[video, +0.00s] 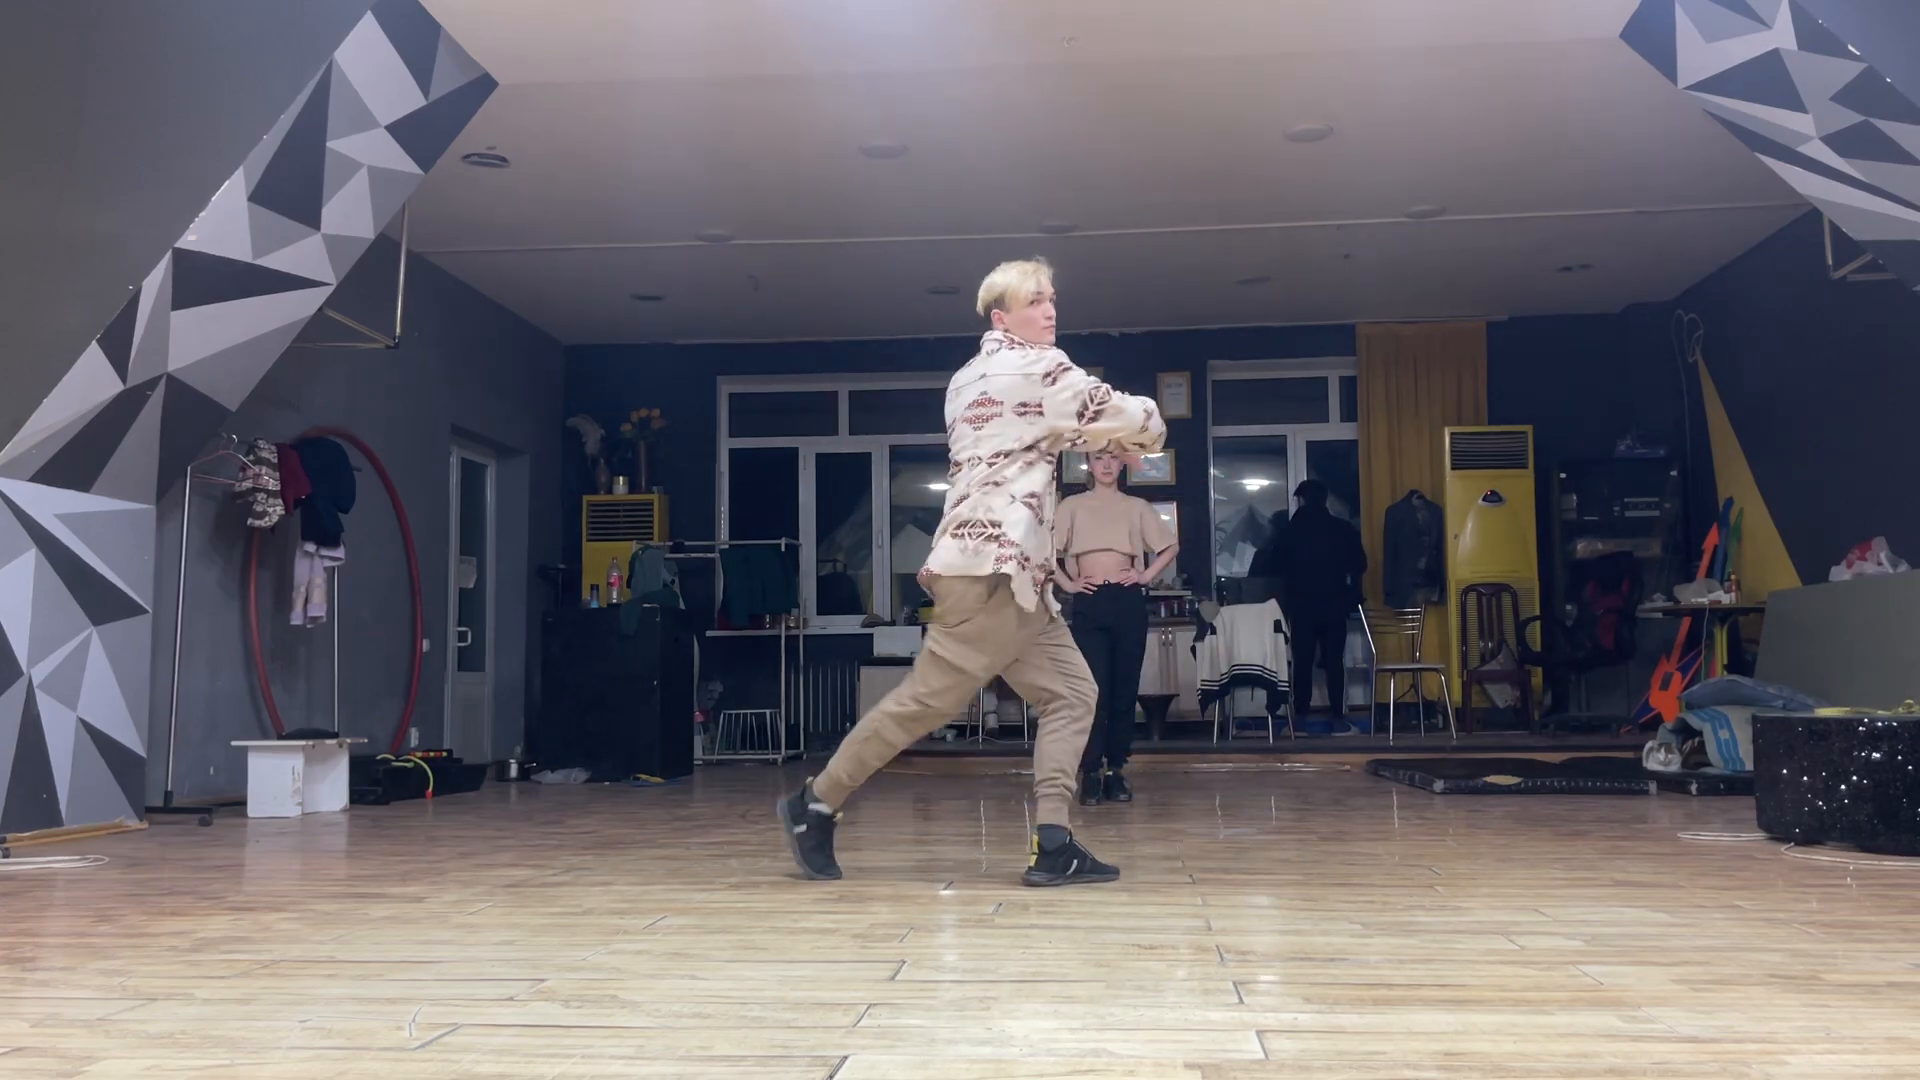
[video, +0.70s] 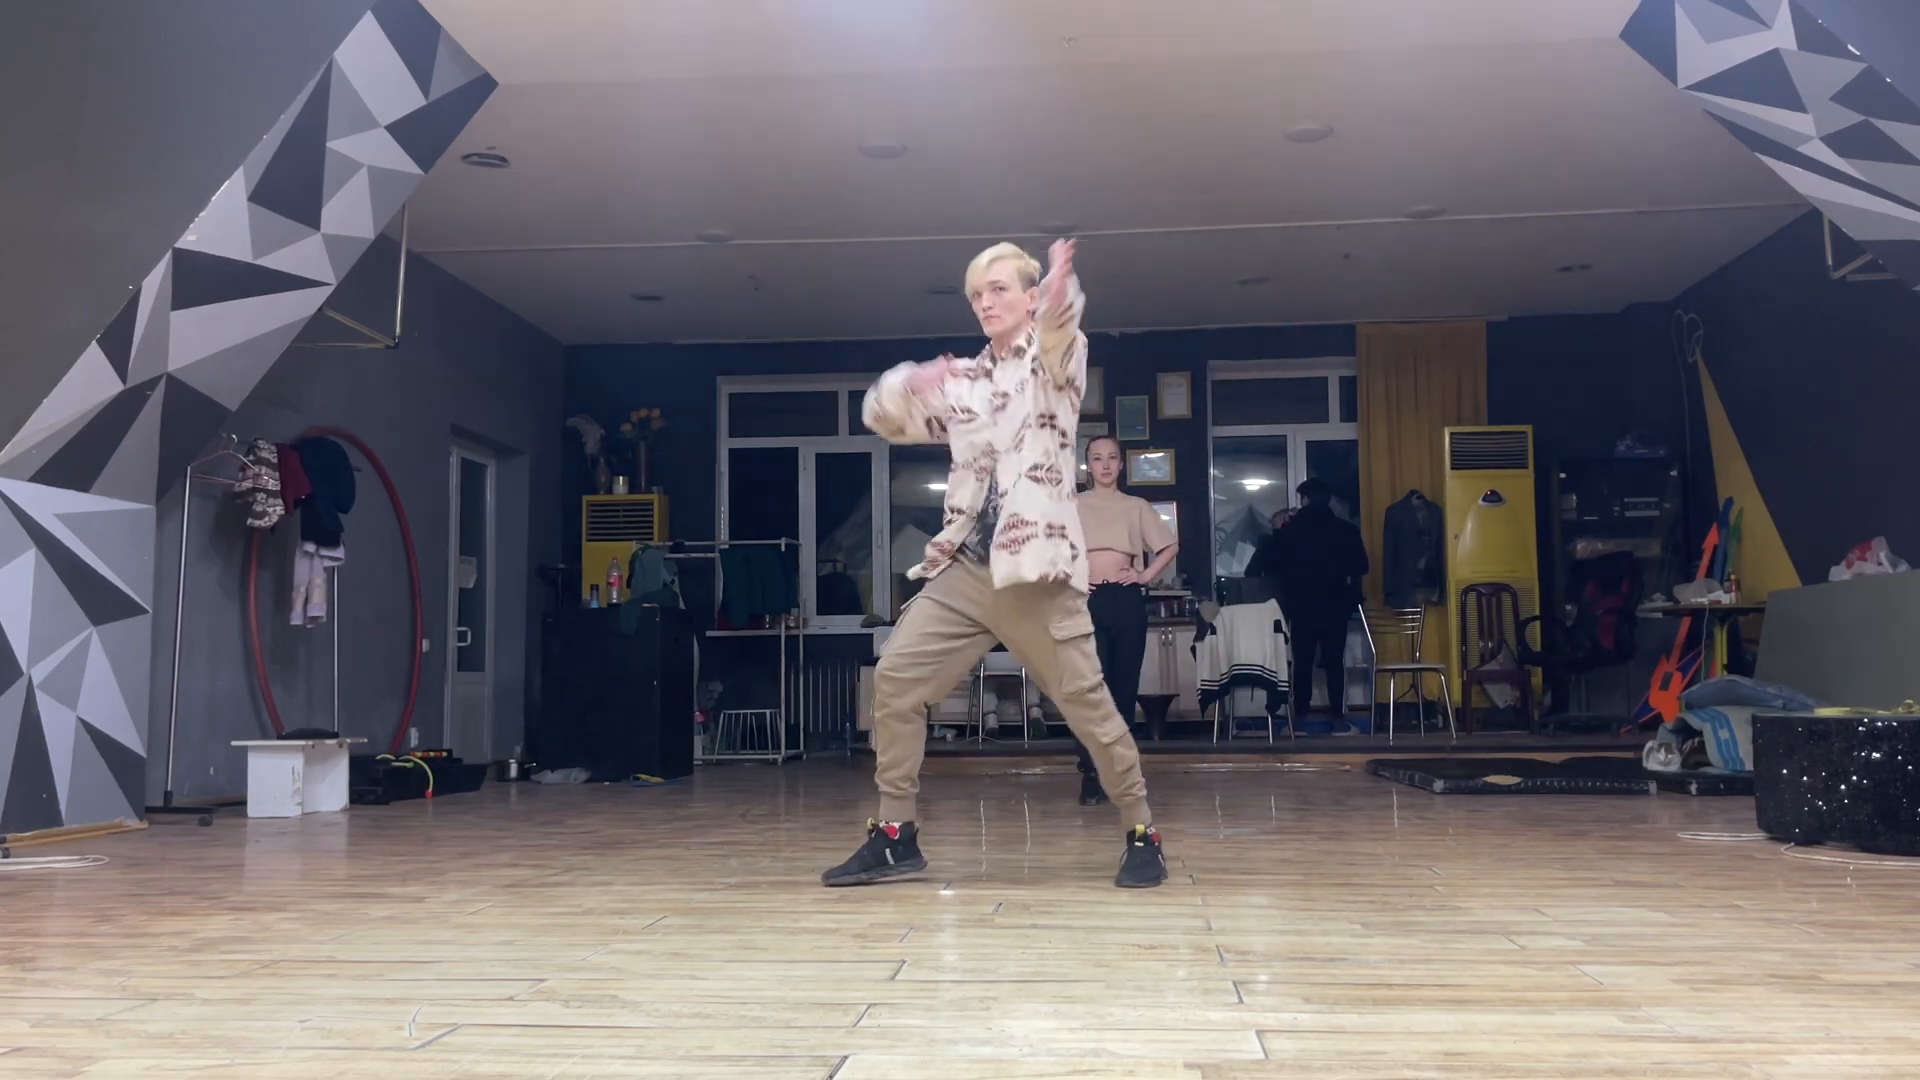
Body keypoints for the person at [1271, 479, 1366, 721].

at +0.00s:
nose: (1298, 504)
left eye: (1298, 500)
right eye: (1298, 500)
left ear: (1301, 500)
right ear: (1325, 500)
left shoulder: (1289, 530)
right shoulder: (1342, 527)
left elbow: (1277, 569)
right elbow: (1359, 565)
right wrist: (1353, 595)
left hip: (1301, 605)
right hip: (1333, 603)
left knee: (1302, 663)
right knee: (1334, 661)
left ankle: (1300, 719)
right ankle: (1337, 719)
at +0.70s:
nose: (1301, 502)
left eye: (1302, 498)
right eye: (1302, 498)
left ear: (1305, 499)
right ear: (1328, 499)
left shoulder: (1291, 529)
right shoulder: (1346, 529)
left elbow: (1272, 566)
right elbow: (1360, 567)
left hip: (1302, 604)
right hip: (1335, 604)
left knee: (1302, 661)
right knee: (1334, 661)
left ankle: (1300, 719)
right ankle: (1337, 719)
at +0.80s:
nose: (1300, 502)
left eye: (1301, 498)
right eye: (1301, 499)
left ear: (1304, 499)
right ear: (1328, 499)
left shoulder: (1289, 529)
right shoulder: (1346, 529)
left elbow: (1271, 566)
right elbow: (1359, 567)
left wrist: (1276, 531)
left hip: (1301, 604)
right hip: (1334, 604)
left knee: (1302, 662)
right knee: (1334, 661)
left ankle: (1301, 719)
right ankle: (1337, 719)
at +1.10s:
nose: (1299, 502)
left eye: (1300, 498)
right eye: (1300, 498)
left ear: (1303, 499)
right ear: (1327, 499)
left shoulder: (1288, 529)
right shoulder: (1345, 529)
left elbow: (1270, 566)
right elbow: (1358, 568)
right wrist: (1353, 598)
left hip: (1299, 604)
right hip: (1333, 603)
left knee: (1301, 661)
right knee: (1333, 661)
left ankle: (1300, 719)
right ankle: (1337, 718)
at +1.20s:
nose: (1299, 502)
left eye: (1300, 498)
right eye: (1300, 498)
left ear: (1303, 499)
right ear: (1327, 499)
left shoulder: (1288, 529)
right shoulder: (1345, 529)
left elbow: (1270, 566)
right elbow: (1358, 568)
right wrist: (1353, 598)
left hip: (1300, 604)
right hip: (1333, 604)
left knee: (1301, 661)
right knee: (1333, 661)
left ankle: (1300, 718)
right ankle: (1337, 718)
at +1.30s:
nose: (1299, 502)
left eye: (1300, 498)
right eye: (1300, 498)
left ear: (1303, 499)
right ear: (1327, 499)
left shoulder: (1287, 528)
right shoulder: (1345, 529)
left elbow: (1270, 566)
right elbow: (1358, 568)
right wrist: (1353, 598)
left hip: (1299, 603)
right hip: (1333, 603)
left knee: (1301, 661)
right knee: (1333, 661)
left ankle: (1300, 718)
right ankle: (1337, 718)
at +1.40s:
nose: (1298, 502)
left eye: (1299, 498)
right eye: (1300, 498)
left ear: (1302, 499)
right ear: (1327, 499)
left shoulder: (1286, 529)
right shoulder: (1345, 529)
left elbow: (1264, 566)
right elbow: (1358, 568)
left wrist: (1271, 527)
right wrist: (1352, 598)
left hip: (1298, 604)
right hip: (1333, 604)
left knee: (1301, 661)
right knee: (1333, 661)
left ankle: (1300, 719)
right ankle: (1337, 719)